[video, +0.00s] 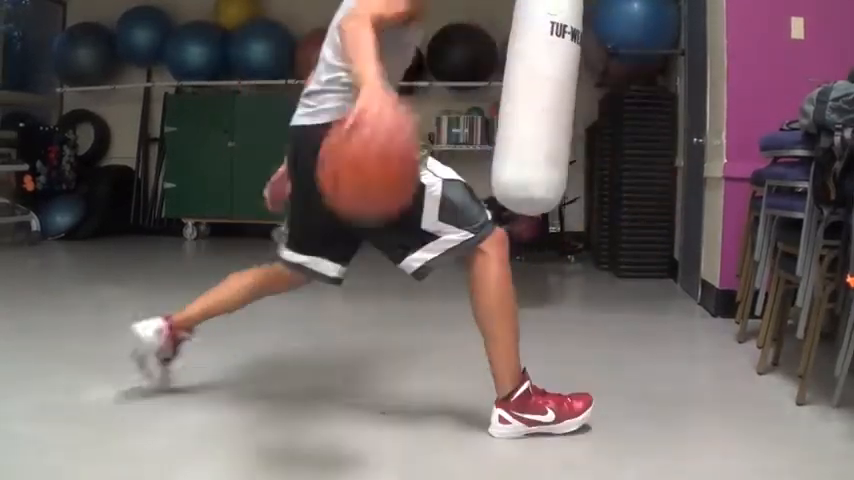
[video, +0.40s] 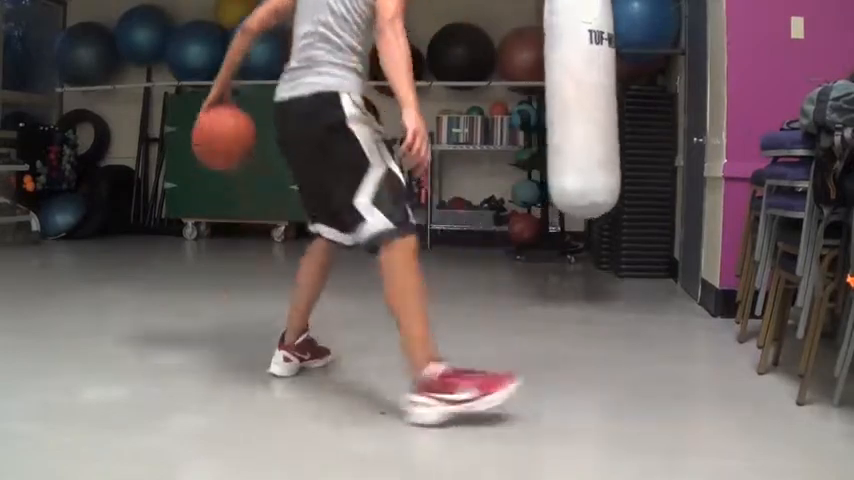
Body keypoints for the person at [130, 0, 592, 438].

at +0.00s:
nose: (420, 14)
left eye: (416, 13)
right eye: (418, 9)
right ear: (418, 1)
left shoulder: (364, 20)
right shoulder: (404, 6)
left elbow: (331, 88)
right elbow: (353, 19)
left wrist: (296, 163)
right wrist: (374, 87)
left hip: (317, 138)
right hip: (347, 134)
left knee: (296, 268)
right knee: (488, 239)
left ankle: (172, 328)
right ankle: (514, 397)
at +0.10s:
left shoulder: (371, 9)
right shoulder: (437, 6)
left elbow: (323, 73)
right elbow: (391, 67)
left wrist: (286, 157)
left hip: (318, 139)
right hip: (370, 139)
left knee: (326, 246)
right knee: (500, 240)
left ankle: (236, 331)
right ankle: (517, 397)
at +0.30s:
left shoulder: (326, 4)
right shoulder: (409, 2)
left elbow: (274, 63)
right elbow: (398, 54)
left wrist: (229, 132)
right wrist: (409, 143)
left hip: (309, 136)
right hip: (352, 133)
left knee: (349, 239)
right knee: (450, 248)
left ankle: (294, 343)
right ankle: (504, 393)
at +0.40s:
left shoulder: (303, 0)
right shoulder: (380, 1)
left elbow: (250, 26)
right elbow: (389, 31)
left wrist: (218, 91)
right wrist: (411, 109)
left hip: (293, 104)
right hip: (333, 102)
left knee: (328, 228)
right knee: (398, 232)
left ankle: (292, 342)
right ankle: (428, 375)